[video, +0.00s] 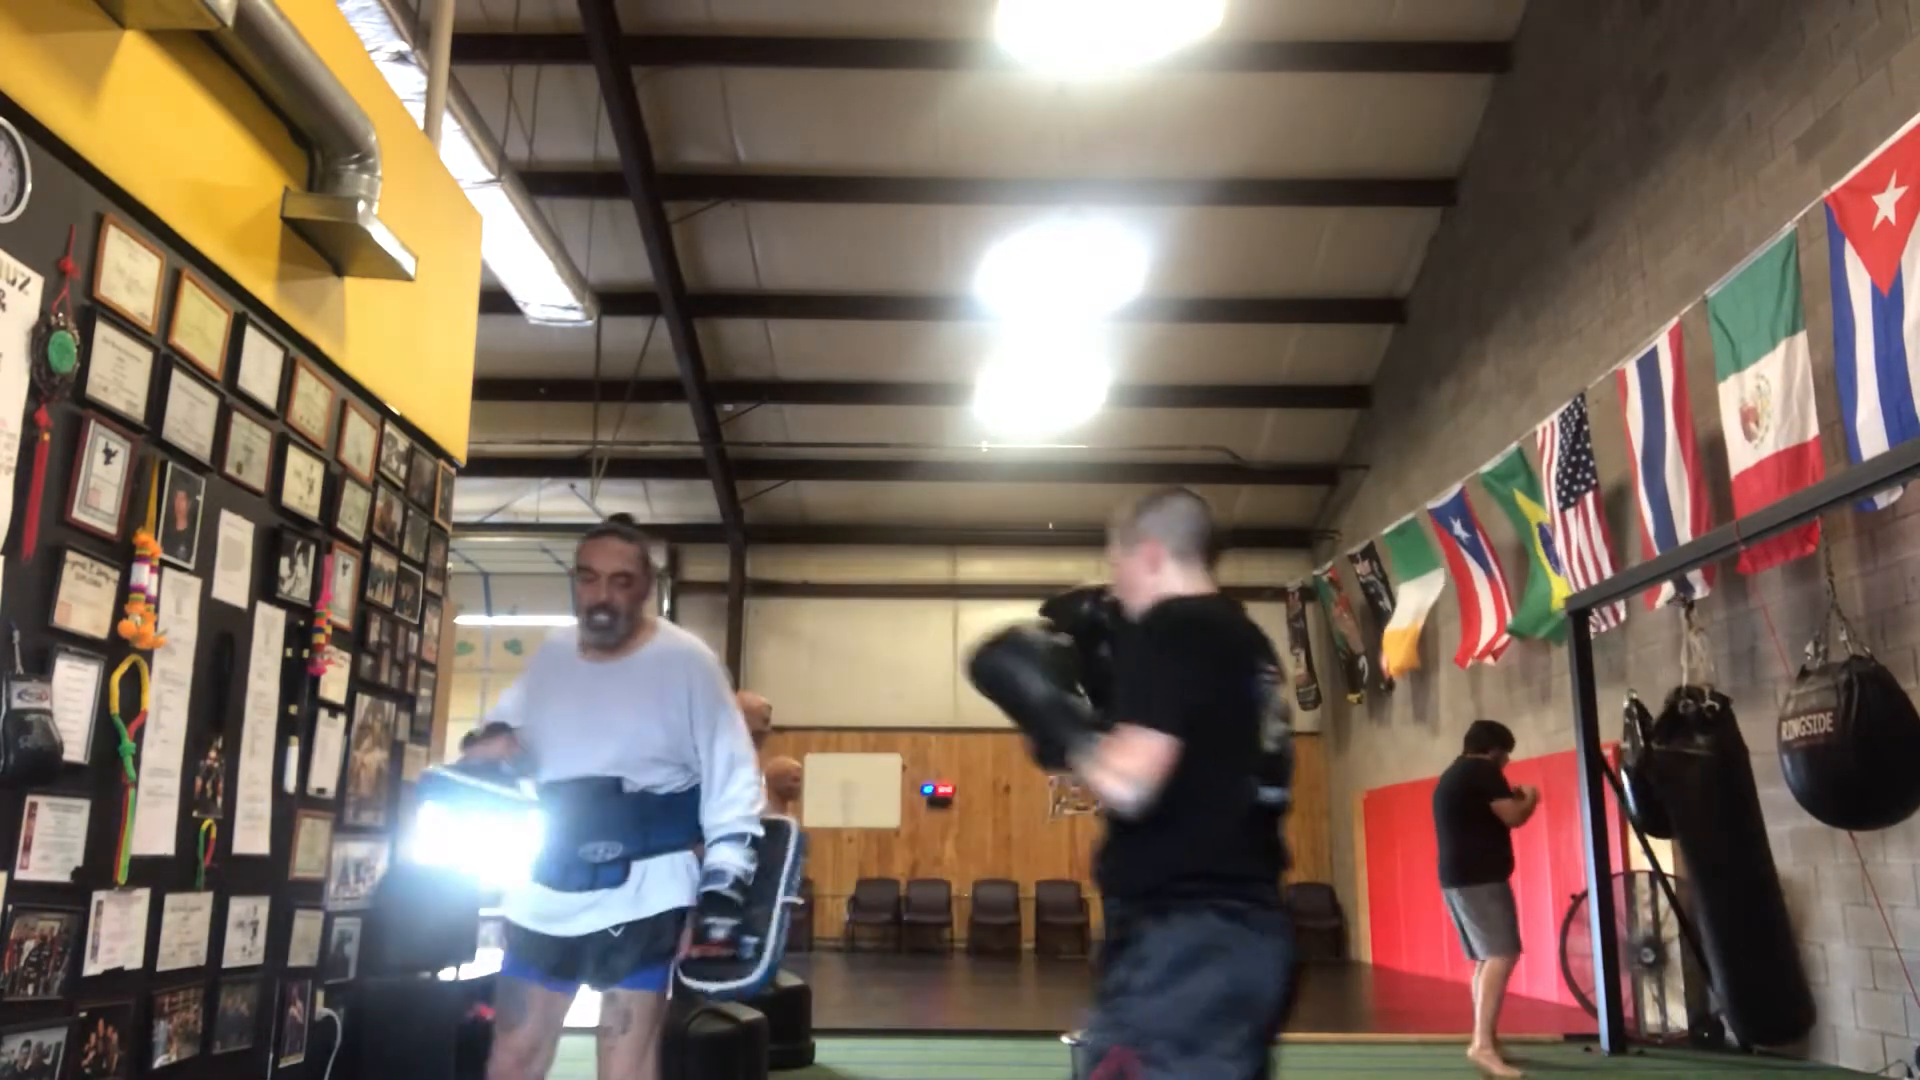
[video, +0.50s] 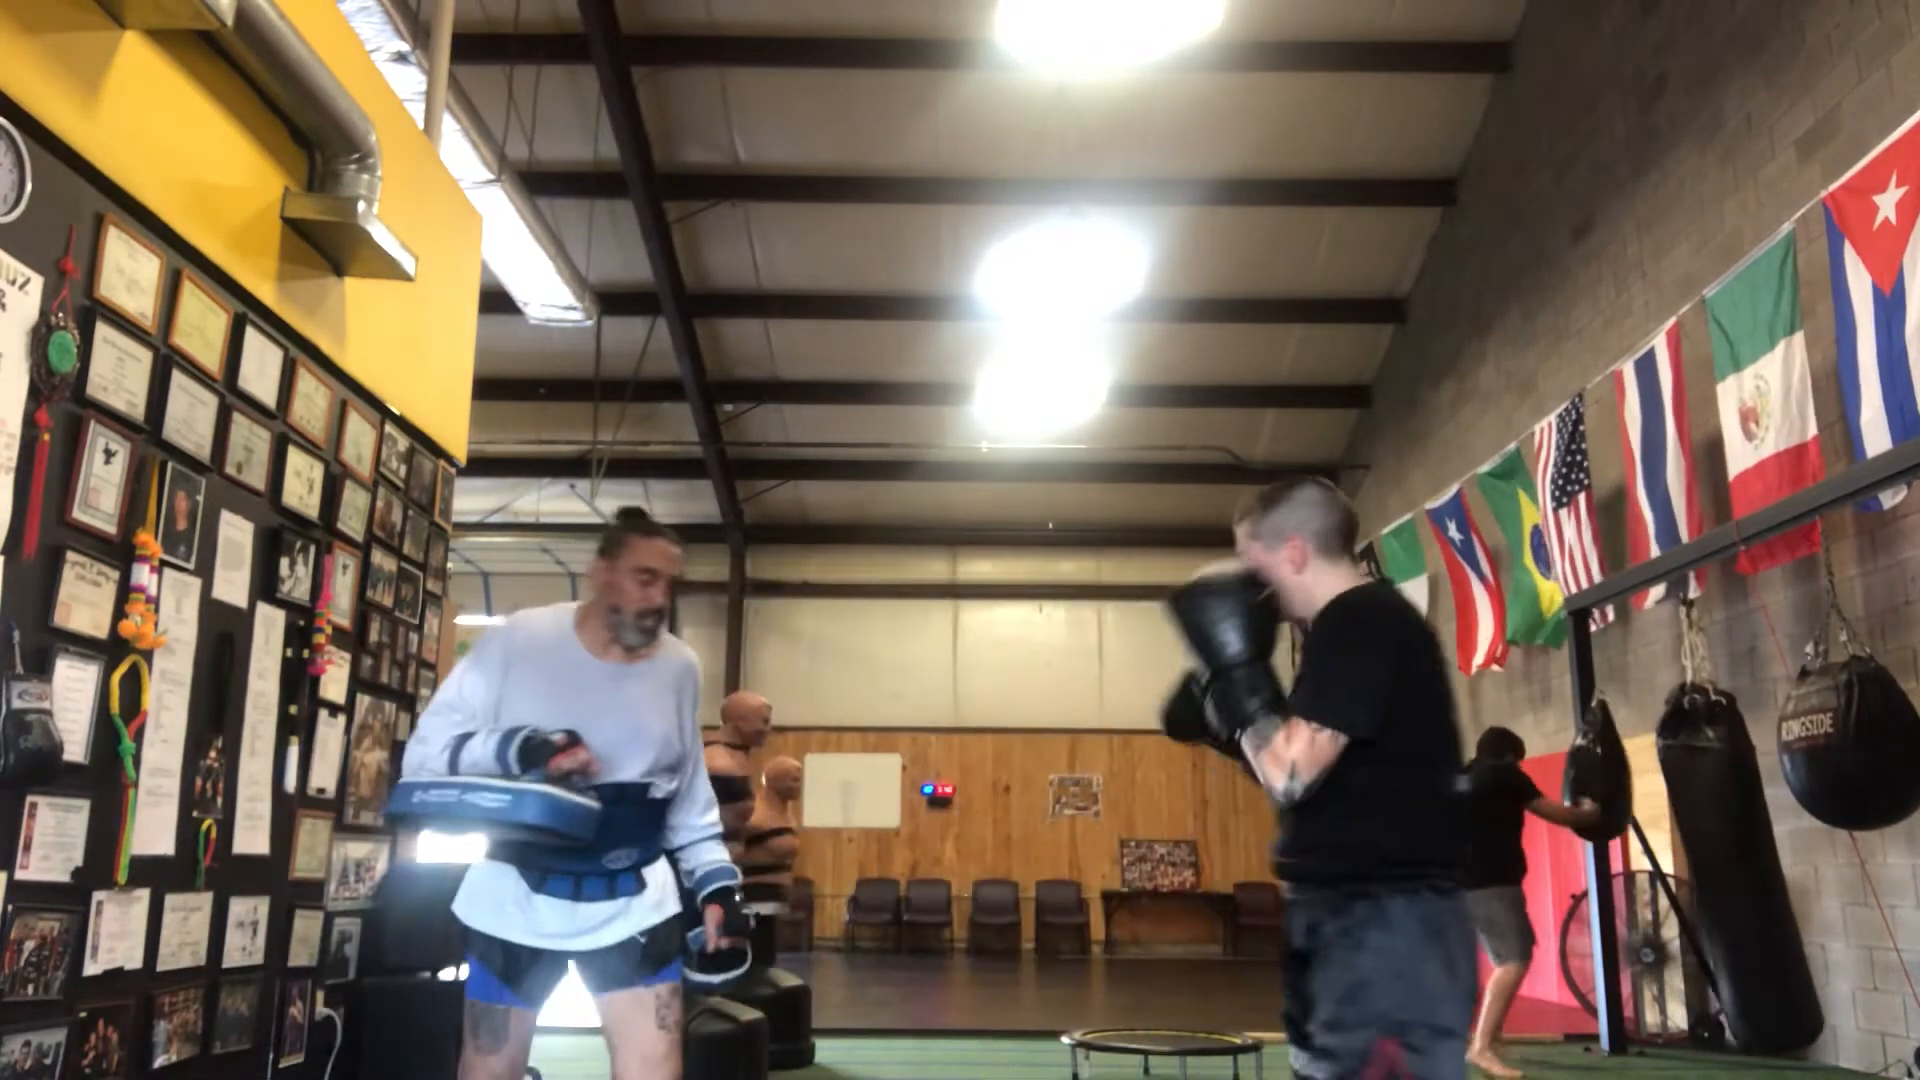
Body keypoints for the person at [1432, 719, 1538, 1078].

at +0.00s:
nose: (1504, 763)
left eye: (1505, 757)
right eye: (1503, 756)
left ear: (1471, 747)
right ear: (1490, 751)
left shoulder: (1453, 775)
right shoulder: (1480, 772)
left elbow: (1491, 815)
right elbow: (1513, 816)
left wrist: (1516, 798)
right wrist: (1530, 799)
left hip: (1458, 880)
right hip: (1480, 879)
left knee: (1484, 960)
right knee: (1502, 953)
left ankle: (1483, 1042)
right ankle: (1482, 1045)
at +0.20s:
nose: (1510, 762)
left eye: (1511, 757)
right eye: (1510, 757)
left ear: (1475, 748)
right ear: (1501, 752)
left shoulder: (1450, 775)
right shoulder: (1495, 768)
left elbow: (1468, 821)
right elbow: (1520, 807)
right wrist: (1547, 820)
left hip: (1459, 879)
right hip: (1491, 877)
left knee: (1486, 961)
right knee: (1511, 956)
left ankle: (1486, 1041)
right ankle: (1484, 1043)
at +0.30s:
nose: (1514, 764)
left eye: (1515, 761)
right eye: (1513, 759)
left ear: (1475, 752)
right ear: (1507, 755)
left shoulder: (1447, 776)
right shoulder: (1507, 772)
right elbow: (1546, 801)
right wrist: (1588, 825)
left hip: (1457, 878)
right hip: (1496, 875)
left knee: (1486, 960)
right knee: (1512, 955)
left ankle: (1485, 1044)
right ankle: (1482, 1045)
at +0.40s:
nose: (1515, 765)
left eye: (1514, 761)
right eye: (1514, 760)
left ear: (1477, 754)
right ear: (1510, 757)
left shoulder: (1449, 777)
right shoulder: (1512, 775)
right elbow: (1559, 808)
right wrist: (1602, 814)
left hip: (1460, 880)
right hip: (1495, 878)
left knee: (1499, 960)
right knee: (1507, 960)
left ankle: (1490, 1040)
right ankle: (1479, 1049)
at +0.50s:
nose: (1519, 764)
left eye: (1518, 759)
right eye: (1518, 759)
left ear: (1482, 752)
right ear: (1512, 756)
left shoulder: (1463, 778)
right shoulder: (1507, 776)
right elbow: (1550, 811)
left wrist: (1570, 815)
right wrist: (1584, 814)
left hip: (1462, 882)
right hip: (1492, 882)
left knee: (1508, 961)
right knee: (1513, 959)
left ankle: (1482, 1043)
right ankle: (1481, 1048)